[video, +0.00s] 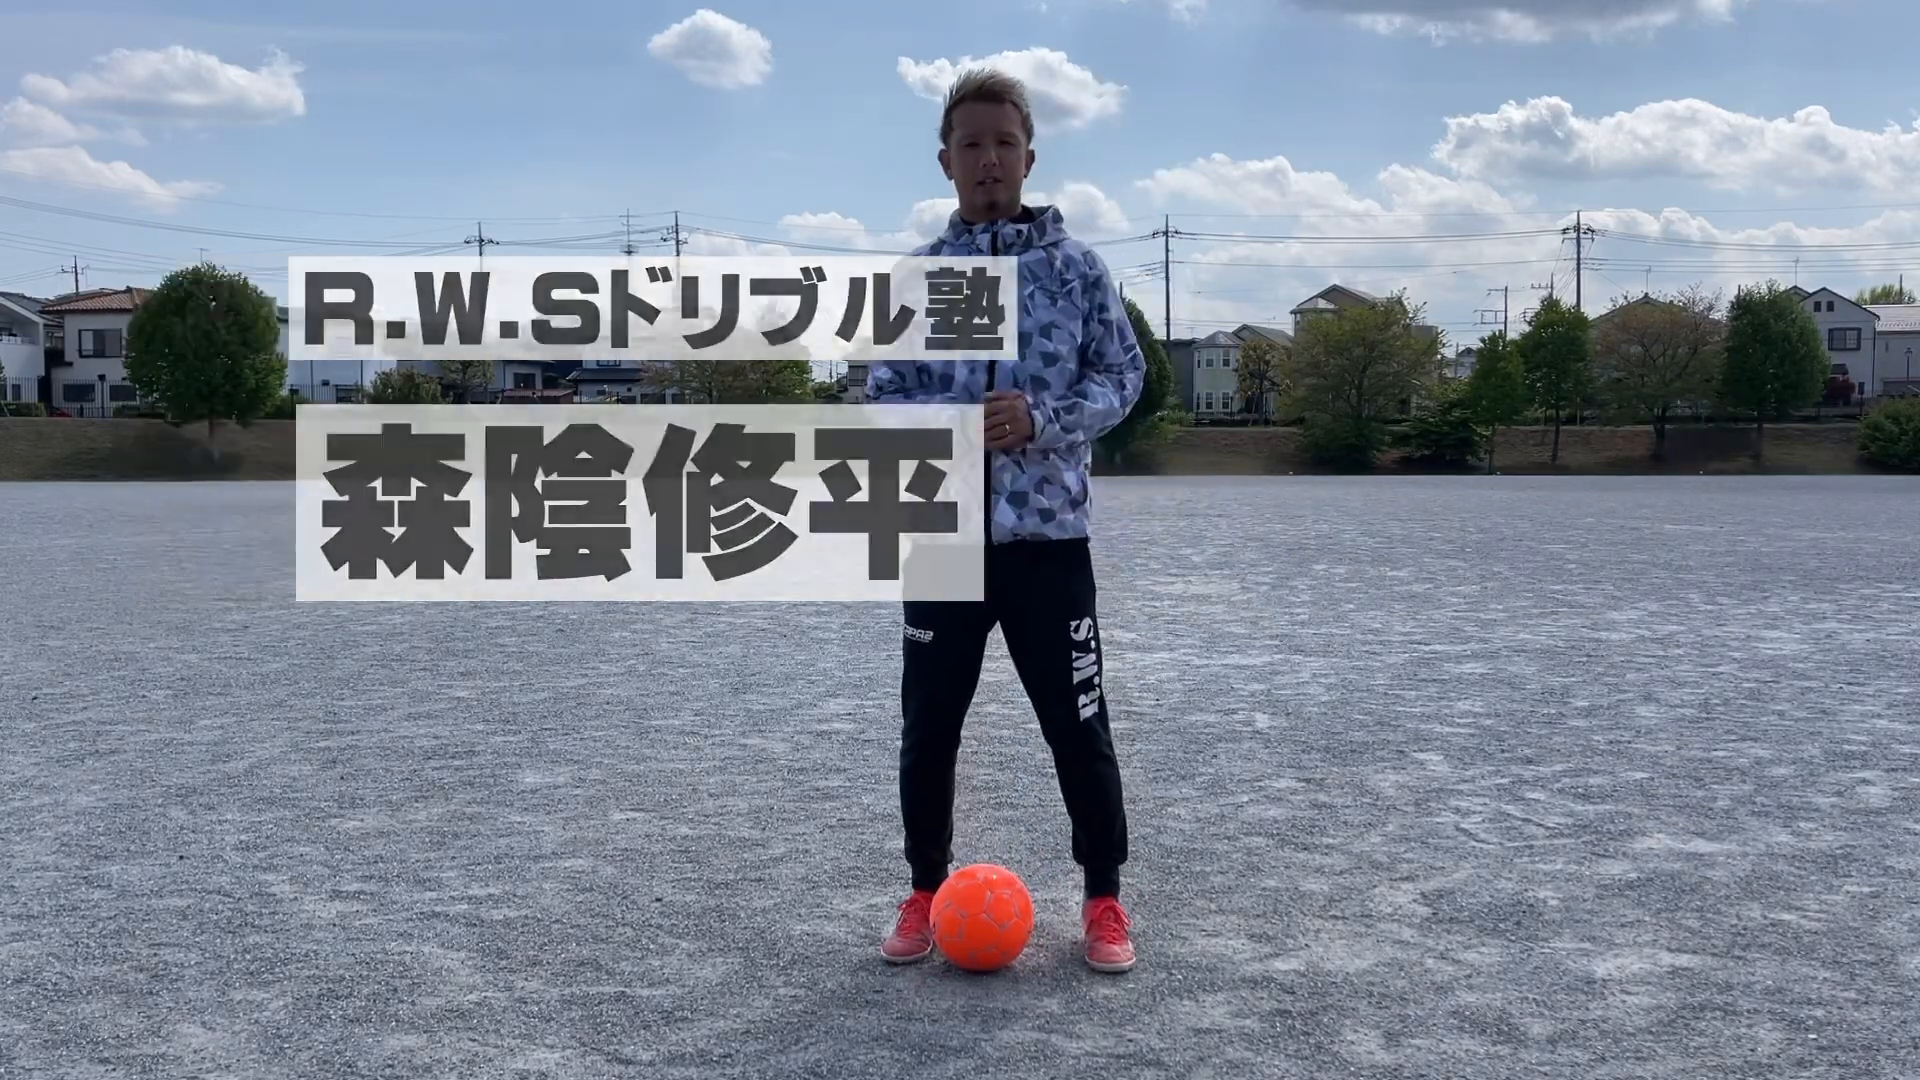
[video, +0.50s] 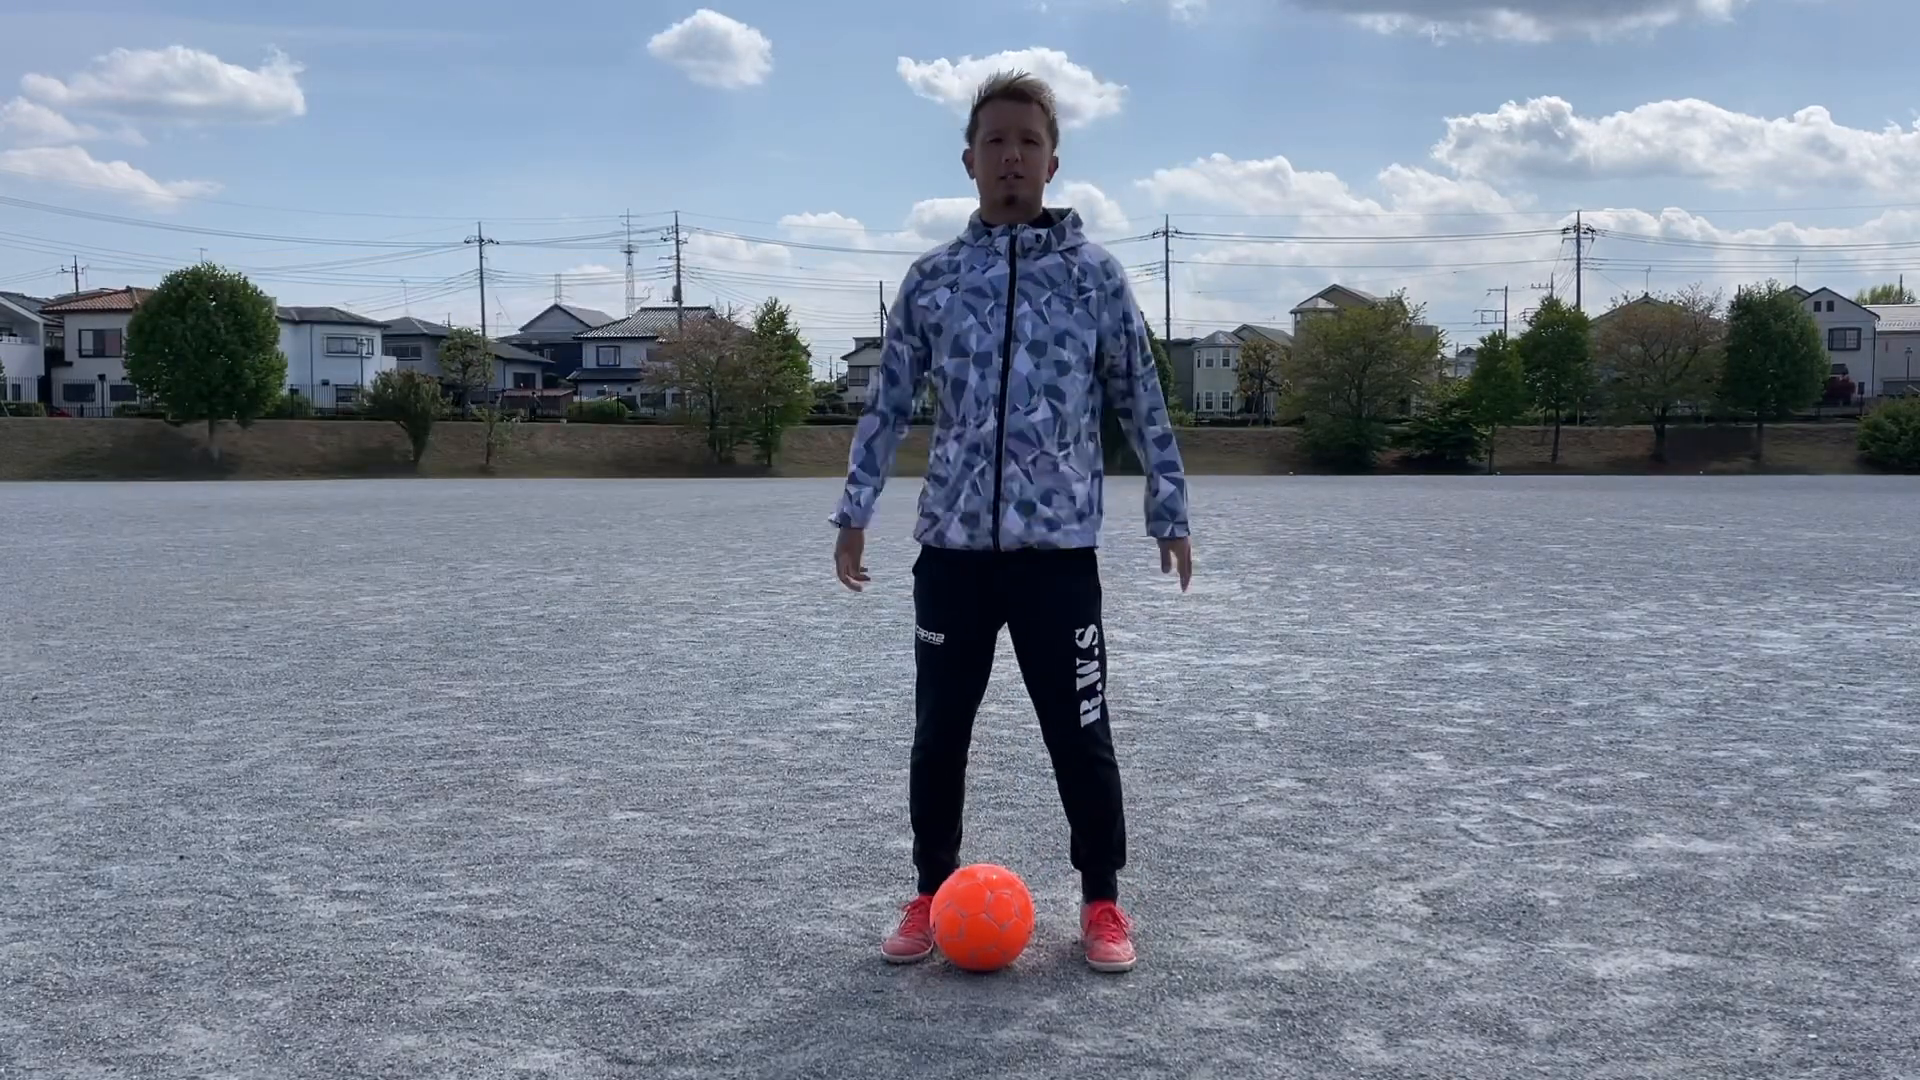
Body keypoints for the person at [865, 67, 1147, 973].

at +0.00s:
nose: (989, 159)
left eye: (1005, 142)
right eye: (971, 144)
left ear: (1030, 153)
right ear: (946, 158)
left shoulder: (1075, 266)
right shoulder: (914, 275)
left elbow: (1122, 382)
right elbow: (872, 384)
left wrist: (1042, 419)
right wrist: (941, 418)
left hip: (1045, 536)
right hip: (941, 536)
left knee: (1078, 723)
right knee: (927, 725)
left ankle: (1103, 902)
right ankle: (925, 894)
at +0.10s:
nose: (989, 157)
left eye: (1005, 141)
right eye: (970, 143)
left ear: (1031, 153)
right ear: (946, 158)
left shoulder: (1075, 262)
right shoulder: (918, 271)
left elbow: (1118, 378)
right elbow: (882, 390)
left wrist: (1033, 428)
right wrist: (968, 423)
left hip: (1052, 538)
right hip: (945, 537)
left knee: (1081, 728)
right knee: (927, 728)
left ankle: (1103, 901)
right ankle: (926, 894)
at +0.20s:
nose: (992, 158)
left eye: (1008, 142)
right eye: (974, 144)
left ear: (1033, 155)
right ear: (950, 159)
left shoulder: (1078, 263)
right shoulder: (916, 275)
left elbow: (1115, 382)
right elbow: (884, 400)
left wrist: (1049, 458)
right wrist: (948, 453)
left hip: (1053, 543)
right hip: (947, 545)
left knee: (1086, 732)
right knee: (928, 733)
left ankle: (1105, 902)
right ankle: (926, 895)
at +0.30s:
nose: (998, 154)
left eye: (1015, 139)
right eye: (981, 140)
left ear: (1040, 154)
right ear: (957, 156)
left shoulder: (1083, 265)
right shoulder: (922, 271)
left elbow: (1107, 395)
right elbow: (899, 401)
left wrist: (1080, 503)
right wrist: (925, 499)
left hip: (1053, 538)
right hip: (950, 538)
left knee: (1088, 725)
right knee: (929, 725)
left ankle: (1106, 900)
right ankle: (926, 894)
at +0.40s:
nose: (1004, 151)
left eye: (1022, 136)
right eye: (988, 135)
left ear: (1046, 151)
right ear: (963, 150)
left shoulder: (1088, 265)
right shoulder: (927, 269)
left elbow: (1118, 400)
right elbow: (900, 404)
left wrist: (1129, 510)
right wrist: (886, 513)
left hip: (1056, 535)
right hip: (951, 535)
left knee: (1082, 725)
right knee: (933, 727)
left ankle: (1103, 901)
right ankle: (927, 894)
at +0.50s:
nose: (1012, 157)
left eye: (1030, 142)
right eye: (994, 141)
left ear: (1053, 159)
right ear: (969, 157)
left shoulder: (1092, 271)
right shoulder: (933, 277)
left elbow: (1141, 400)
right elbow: (888, 402)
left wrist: (1170, 509)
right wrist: (854, 511)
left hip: (1057, 542)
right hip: (953, 541)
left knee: (1080, 731)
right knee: (938, 731)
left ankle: (1102, 906)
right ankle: (931, 898)